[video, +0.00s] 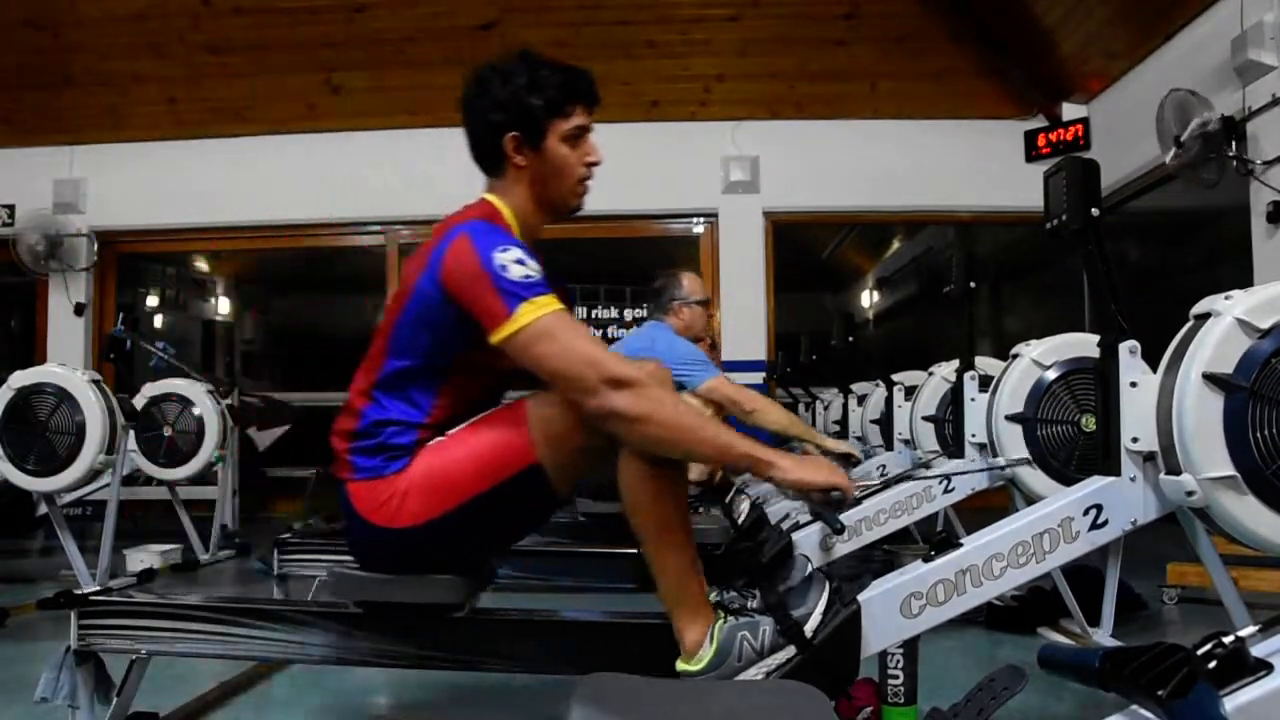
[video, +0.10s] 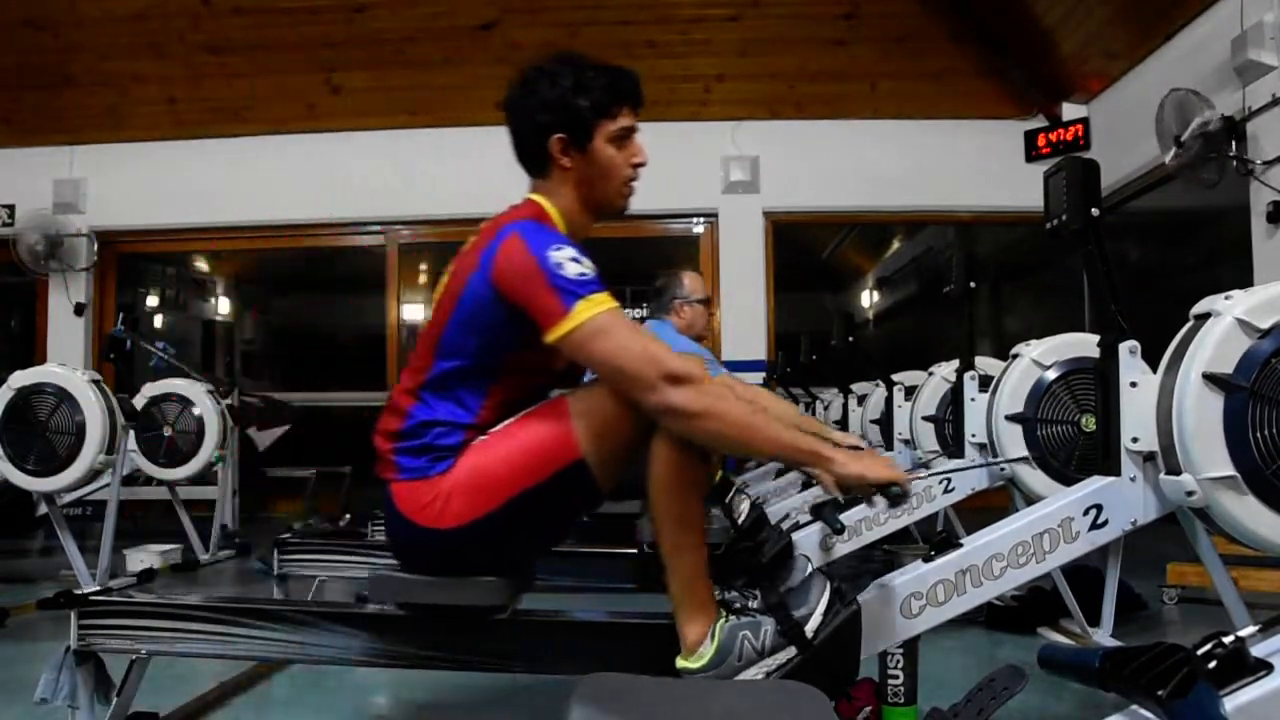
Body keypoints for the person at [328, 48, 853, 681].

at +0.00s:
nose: (594, 157)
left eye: (591, 138)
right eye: (577, 139)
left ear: (524, 154)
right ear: (519, 151)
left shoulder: (496, 244)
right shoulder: (480, 247)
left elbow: (602, 377)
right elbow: (614, 389)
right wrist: (772, 463)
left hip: (419, 484)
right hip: (392, 500)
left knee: (632, 386)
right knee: (632, 399)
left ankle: (700, 623)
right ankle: (700, 642)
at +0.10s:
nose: (641, 158)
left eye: (637, 138)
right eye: (622, 139)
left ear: (570, 154)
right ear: (564, 152)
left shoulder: (543, 244)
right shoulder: (528, 246)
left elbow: (674, 373)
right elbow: (668, 386)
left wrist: (826, 444)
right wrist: (827, 460)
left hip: (462, 491)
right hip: (437, 504)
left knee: (674, 377)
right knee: (663, 394)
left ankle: (705, 613)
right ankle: (701, 637)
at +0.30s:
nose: (713, 161)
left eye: (709, 142)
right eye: (697, 143)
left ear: (644, 155)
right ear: (640, 154)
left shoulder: (624, 243)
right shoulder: (609, 247)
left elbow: (770, 363)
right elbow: (768, 383)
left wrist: (890, 439)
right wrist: (925, 441)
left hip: (525, 499)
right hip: (503, 510)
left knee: (733, 374)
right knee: (730, 383)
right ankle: (703, 622)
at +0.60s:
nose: (686, 151)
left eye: (682, 133)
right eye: (670, 134)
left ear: (618, 149)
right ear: (615, 148)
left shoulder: (607, 235)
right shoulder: (591, 240)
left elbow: (754, 344)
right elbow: (753, 367)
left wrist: (874, 408)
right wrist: (912, 411)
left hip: (507, 489)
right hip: (487, 503)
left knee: (715, 366)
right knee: (713, 379)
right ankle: (702, 625)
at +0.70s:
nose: (621, 139)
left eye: (617, 121)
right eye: (603, 121)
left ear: (552, 140)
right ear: (547, 135)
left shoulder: (534, 223)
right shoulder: (526, 227)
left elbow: (624, 364)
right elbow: (662, 366)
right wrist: (823, 404)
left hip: (457, 478)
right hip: (434, 493)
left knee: (632, 373)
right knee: (664, 380)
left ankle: (723, 527)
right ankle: (703, 633)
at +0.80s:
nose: (533, 125)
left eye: (528, 109)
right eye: (512, 109)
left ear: (461, 125)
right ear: (454, 123)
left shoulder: (446, 218)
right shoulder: (438, 220)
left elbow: (532, 355)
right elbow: (571, 356)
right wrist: (739, 386)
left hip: (389, 476)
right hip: (366, 491)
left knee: (601, 395)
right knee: (607, 410)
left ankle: (697, 617)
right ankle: (704, 638)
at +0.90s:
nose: (434, 118)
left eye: (429, 101)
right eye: (411, 101)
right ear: (354, 117)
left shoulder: (385, 226)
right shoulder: (344, 214)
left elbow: (492, 359)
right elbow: (476, 338)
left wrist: (638, 373)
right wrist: (644, 367)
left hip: (337, 469)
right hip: (293, 483)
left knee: (564, 421)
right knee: (552, 433)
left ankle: (695, 615)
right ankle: (703, 639)